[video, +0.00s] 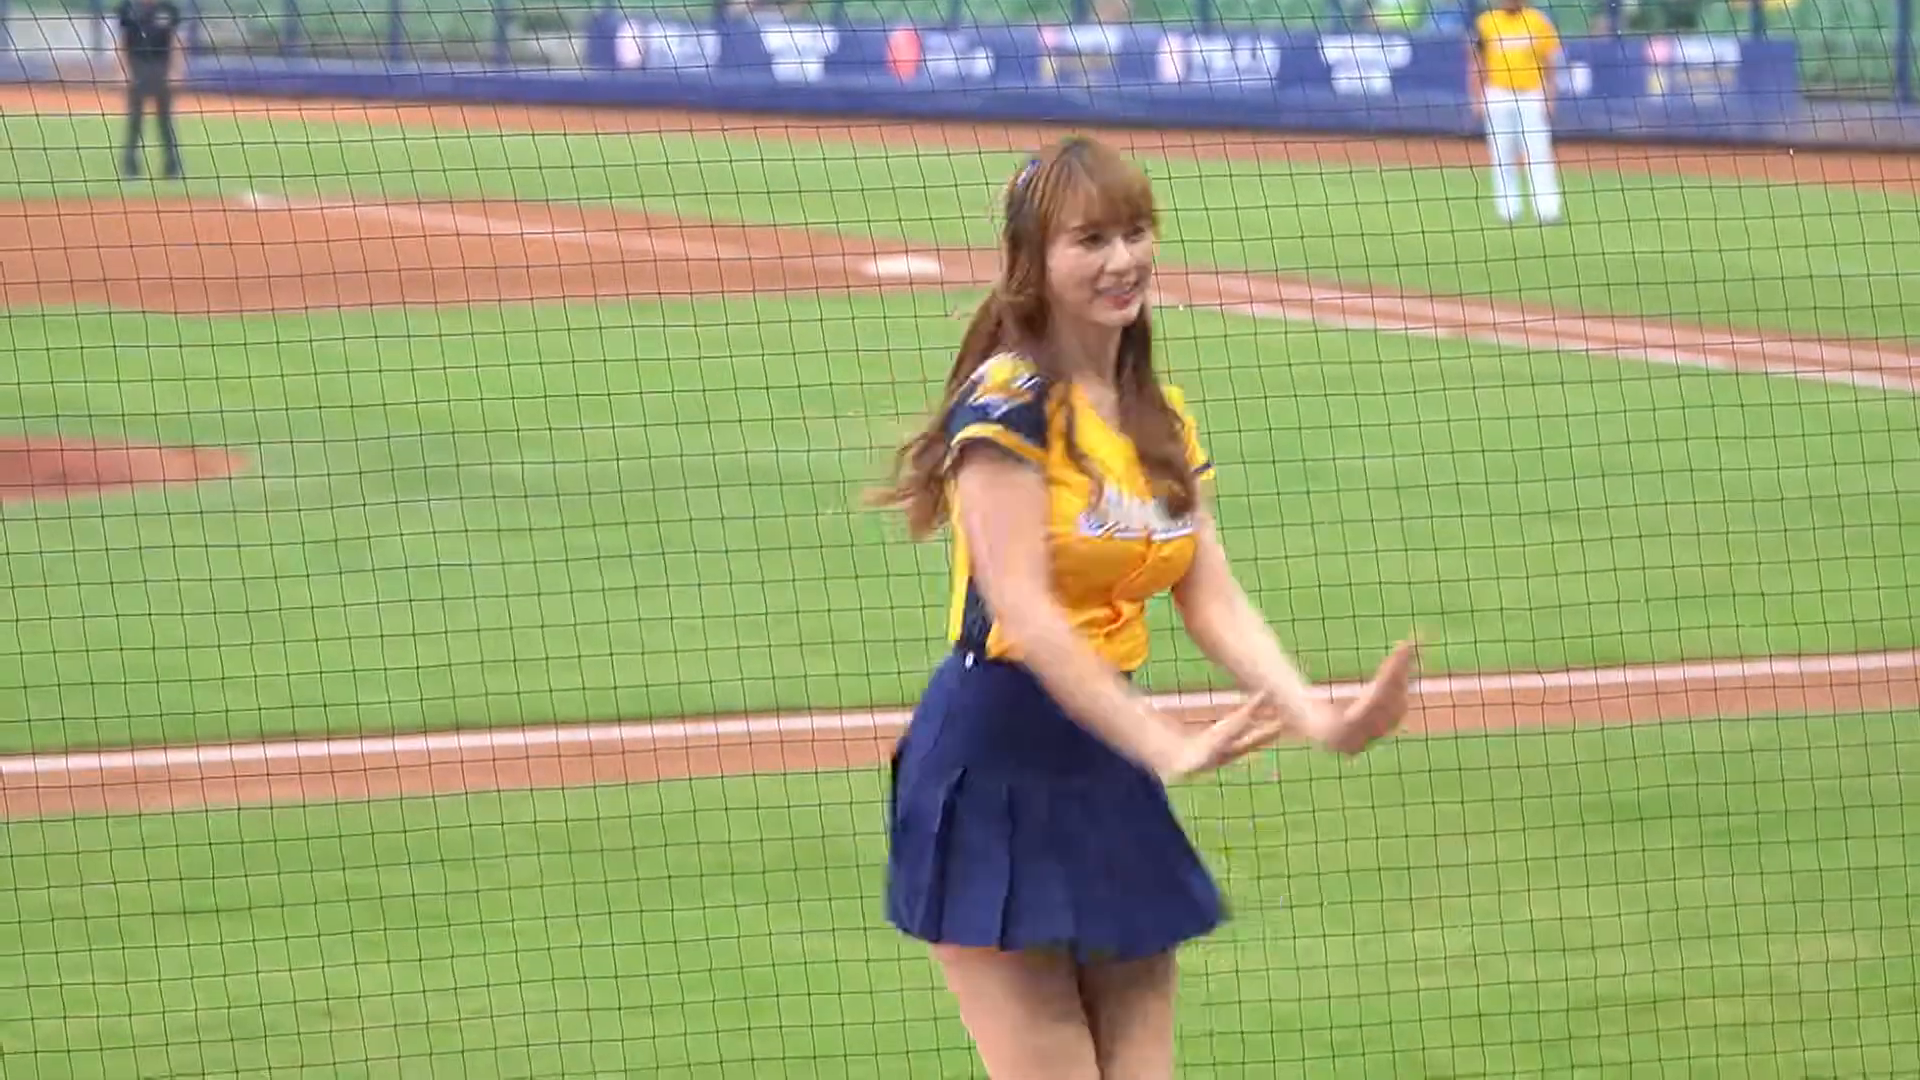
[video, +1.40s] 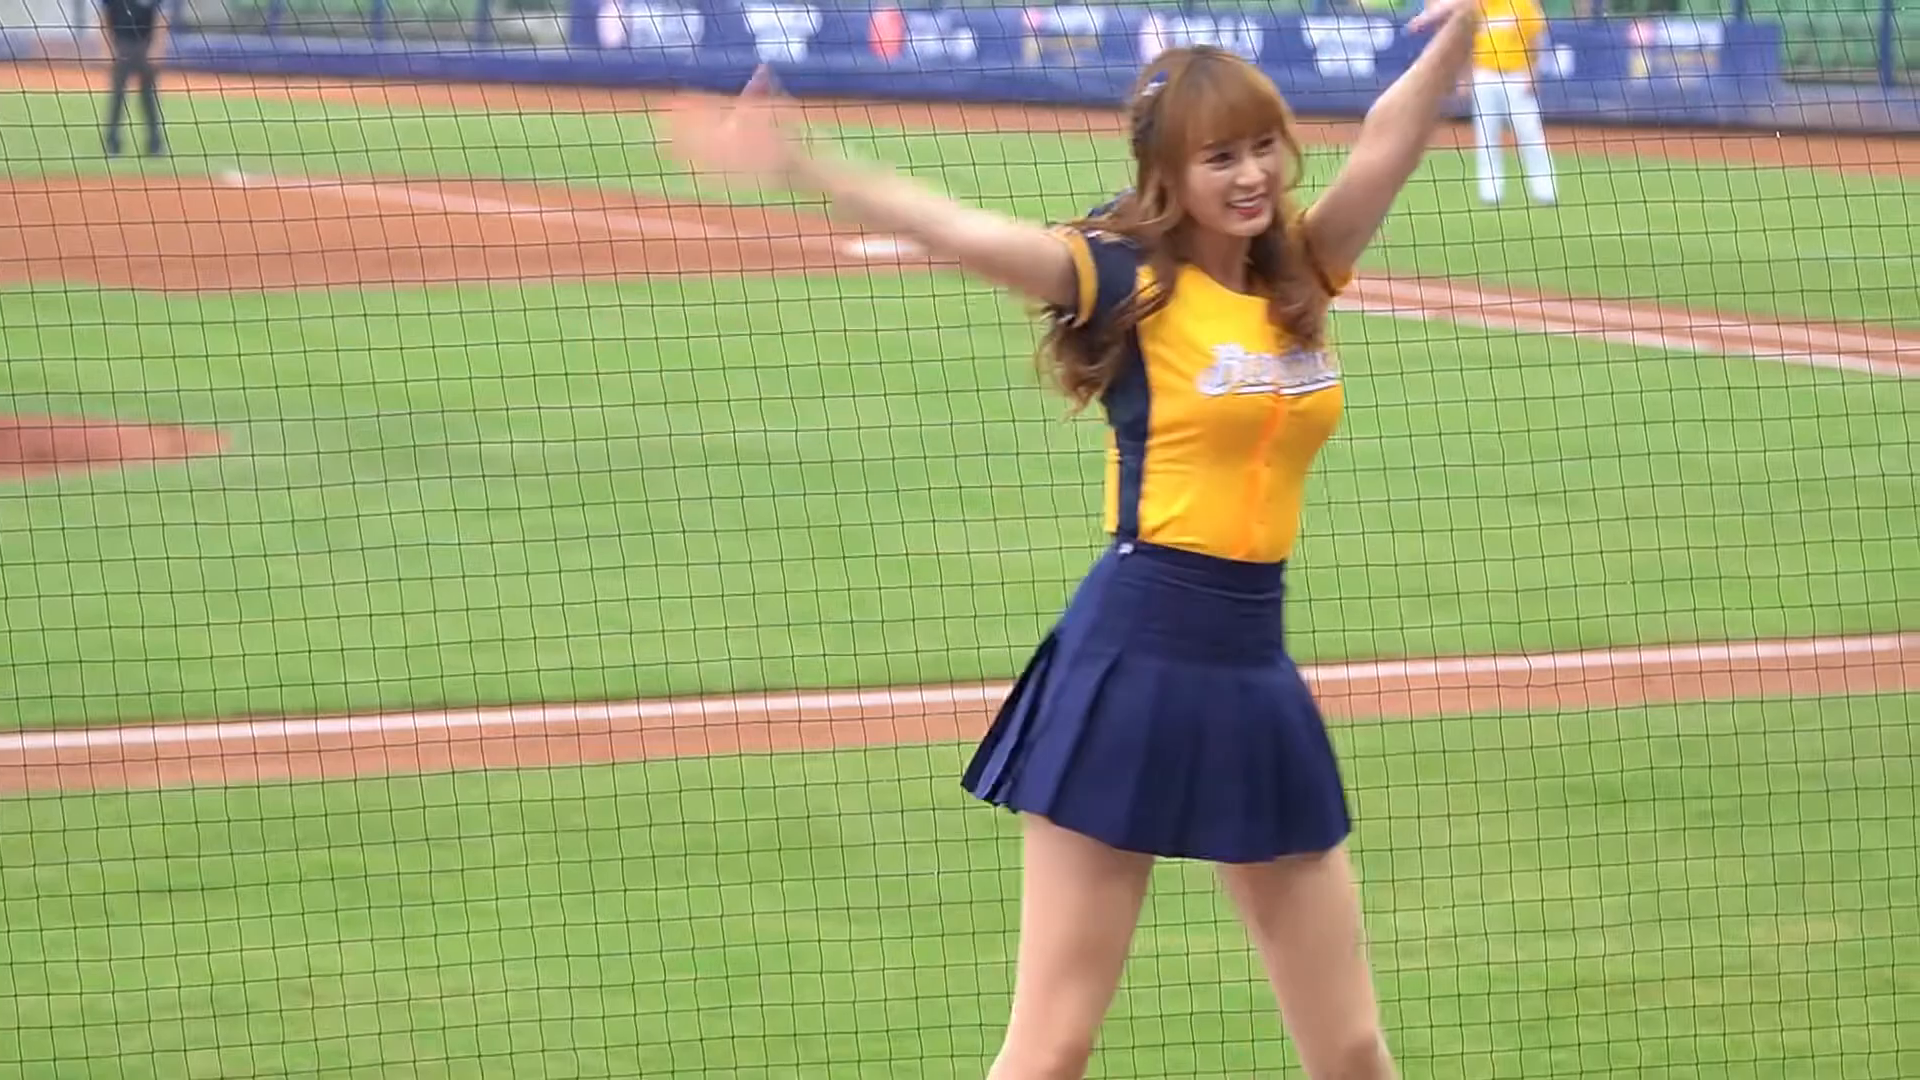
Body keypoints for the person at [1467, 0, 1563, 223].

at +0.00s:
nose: (1510, 3)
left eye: (1514, 0)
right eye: (1507, 0)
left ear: (1522, 1)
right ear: (1499, 1)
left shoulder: (1537, 20)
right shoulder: (1485, 22)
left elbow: (1550, 61)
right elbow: (1474, 61)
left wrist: (1550, 96)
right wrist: (1476, 97)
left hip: (1532, 93)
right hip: (1497, 94)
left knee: (1539, 150)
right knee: (1502, 152)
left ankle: (1547, 206)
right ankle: (1508, 207)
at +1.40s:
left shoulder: (1525, 6)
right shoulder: (1477, 8)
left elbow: (1539, 38)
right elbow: (1464, 44)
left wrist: (1534, 71)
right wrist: (1464, 77)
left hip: (1518, 73)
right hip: (1484, 75)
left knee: (1530, 131)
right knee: (1487, 134)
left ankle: (1543, 186)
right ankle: (1490, 188)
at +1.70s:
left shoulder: (1510, 5)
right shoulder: (1458, 5)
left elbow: (1519, 36)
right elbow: (1450, 35)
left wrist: (1516, 72)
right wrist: (1448, 68)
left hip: (1500, 72)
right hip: (1466, 71)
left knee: (1505, 132)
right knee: (1460, 133)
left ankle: (1510, 184)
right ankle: (1459, 183)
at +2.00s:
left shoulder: (1496, 15)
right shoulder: (1446, 15)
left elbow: (1508, 58)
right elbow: (1433, 51)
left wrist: (1507, 92)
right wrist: (1437, 86)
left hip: (1488, 90)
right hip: (1453, 90)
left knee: (1486, 148)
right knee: (1440, 144)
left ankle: (1484, 202)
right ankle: (1427, 197)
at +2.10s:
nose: (1467, 4)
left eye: (1471, 1)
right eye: (1463, 1)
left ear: (1478, 2)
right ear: (1457, 2)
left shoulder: (1491, 24)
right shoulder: (1442, 23)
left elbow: (1503, 67)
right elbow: (1429, 59)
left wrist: (1504, 101)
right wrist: (1431, 93)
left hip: (1481, 99)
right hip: (1447, 98)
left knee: (1479, 155)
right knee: (1431, 151)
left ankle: (1476, 210)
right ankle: (1419, 205)